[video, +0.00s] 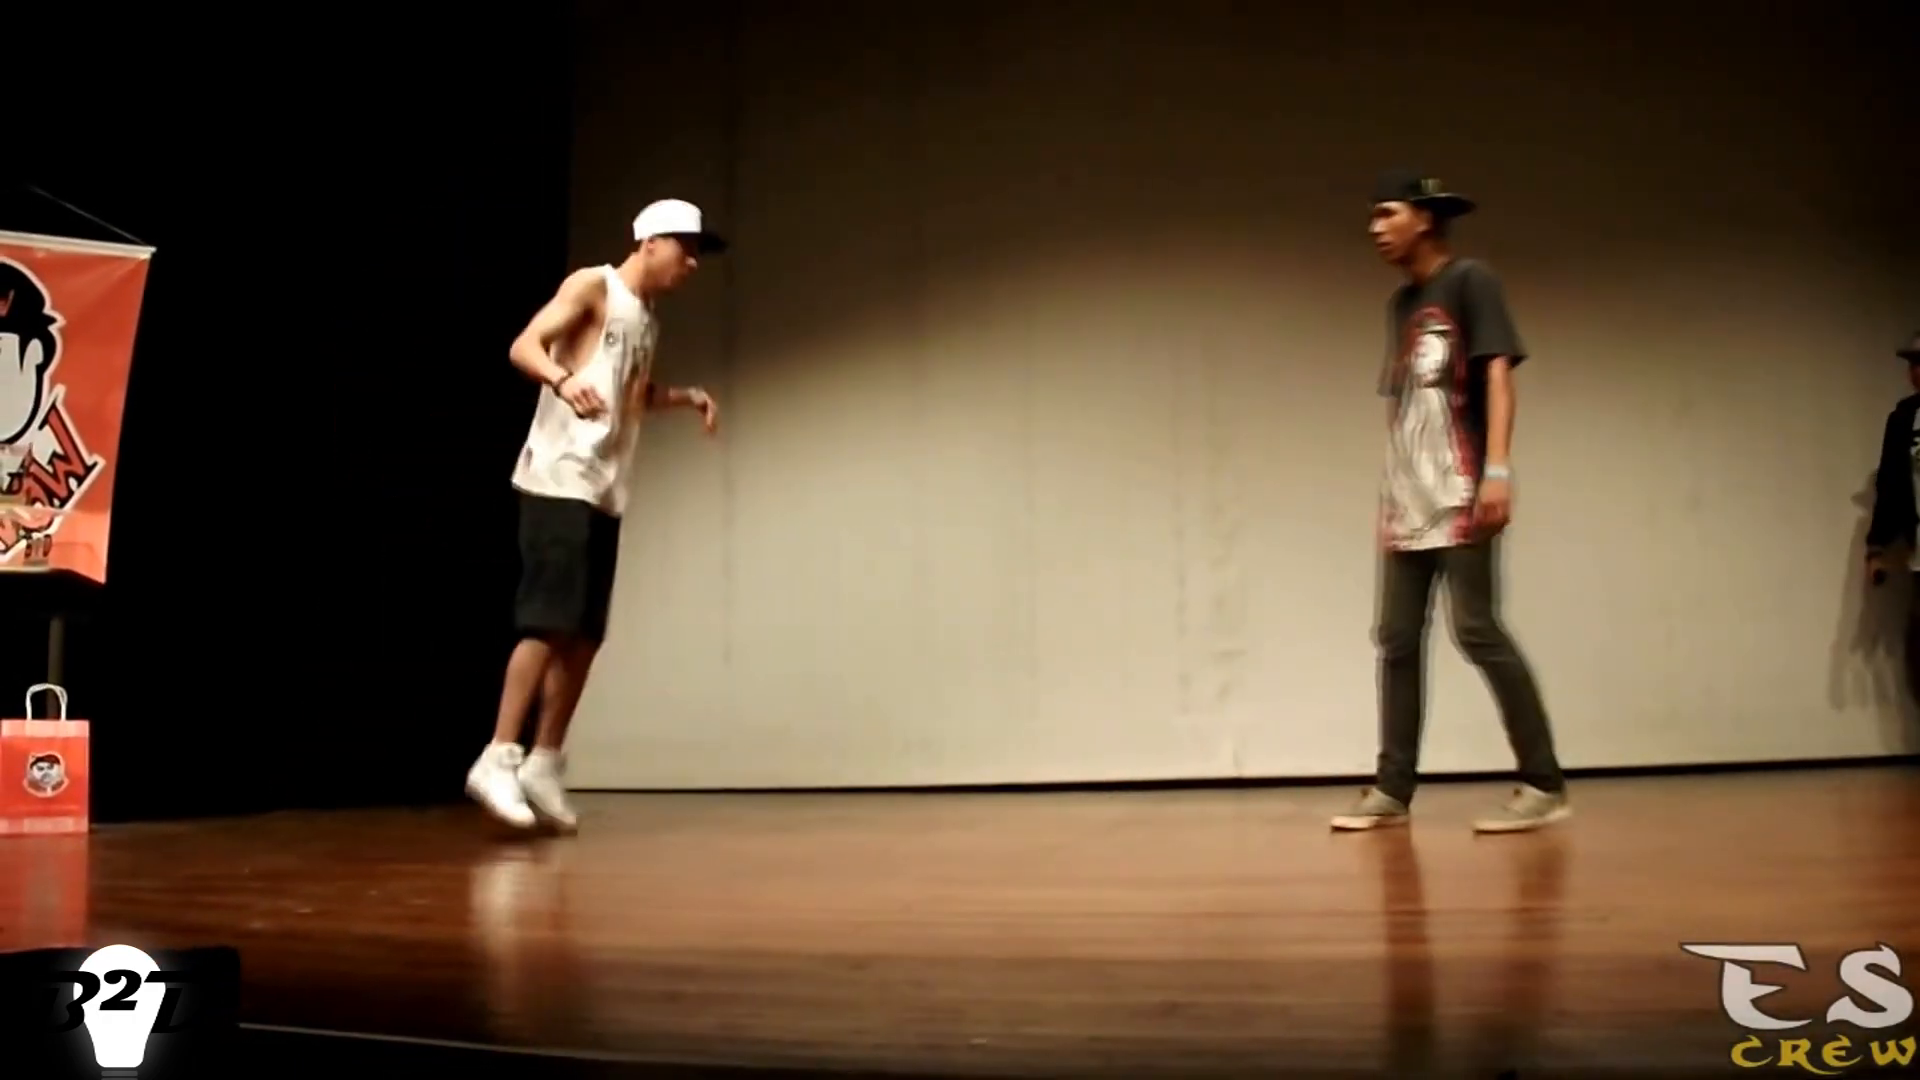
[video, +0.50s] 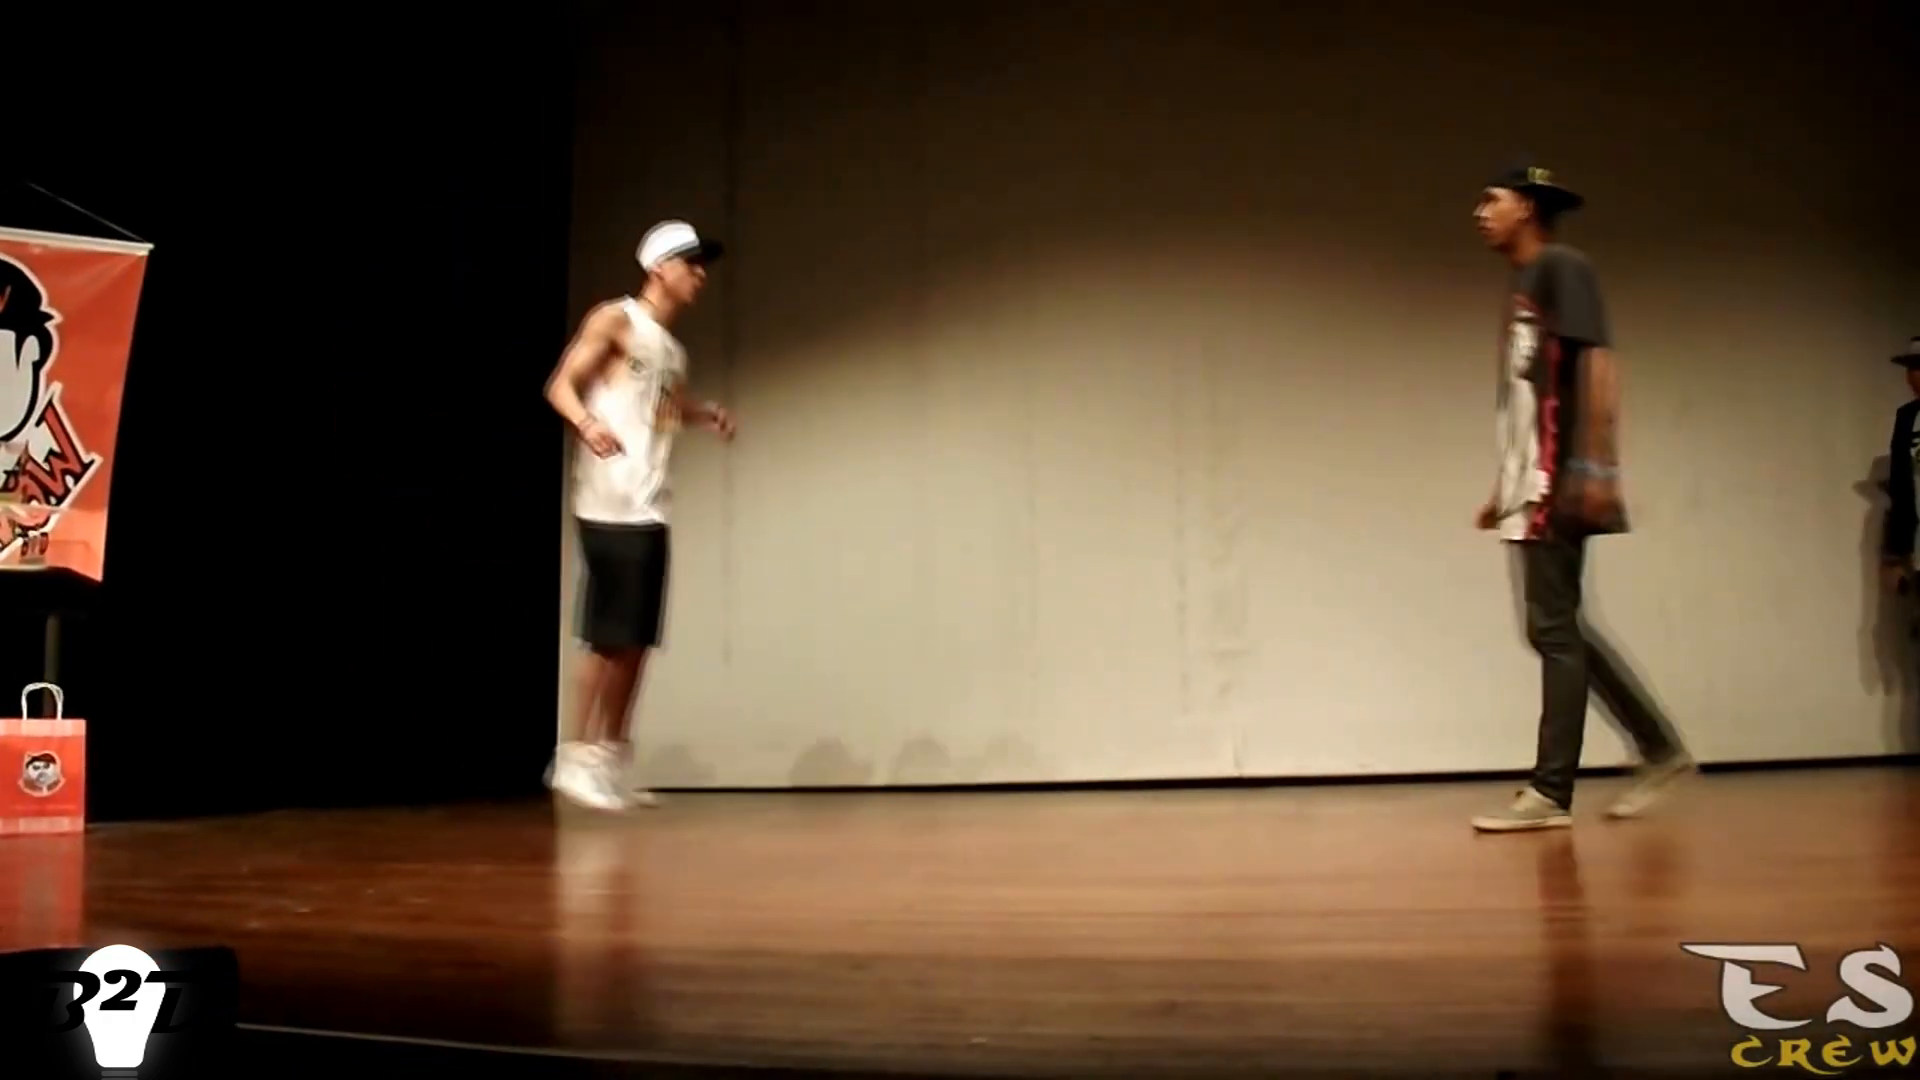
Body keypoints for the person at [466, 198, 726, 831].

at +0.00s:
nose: (689, 267)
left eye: (693, 257)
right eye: (683, 251)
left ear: (675, 258)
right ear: (647, 242)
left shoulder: (646, 319)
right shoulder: (590, 286)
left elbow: (633, 397)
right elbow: (525, 346)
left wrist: (682, 398)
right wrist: (563, 380)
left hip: (604, 490)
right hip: (556, 482)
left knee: (583, 635)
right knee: (545, 626)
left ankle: (544, 766)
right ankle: (497, 760)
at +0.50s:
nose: (700, 275)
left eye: (700, 265)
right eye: (690, 264)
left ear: (681, 273)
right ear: (658, 267)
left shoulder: (670, 348)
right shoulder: (613, 320)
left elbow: (664, 408)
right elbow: (560, 385)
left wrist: (709, 417)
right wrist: (587, 427)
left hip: (647, 506)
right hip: (608, 505)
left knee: (638, 638)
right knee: (613, 634)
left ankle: (610, 757)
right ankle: (577, 756)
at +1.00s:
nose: (752, 294)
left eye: (754, 285)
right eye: (741, 283)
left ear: (743, 294)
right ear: (709, 287)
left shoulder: (719, 366)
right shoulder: (667, 340)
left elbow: (717, 436)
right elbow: (609, 402)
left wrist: (769, 436)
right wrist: (646, 427)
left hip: (698, 522)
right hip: (663, 521)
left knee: (680, 649)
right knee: (702, 638)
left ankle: (653, 768)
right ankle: (698, 767)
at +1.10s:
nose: (762, 322)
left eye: (764, 311)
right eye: (751, 309)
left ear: (750, 317)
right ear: (718, 310)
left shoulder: (726, 389)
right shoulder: (675, 366)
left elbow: (733, 465)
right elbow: (618, 430)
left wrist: (786, 462)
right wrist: (659, 448)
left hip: (704, 546)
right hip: (668, 543)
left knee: (684, 671)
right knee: (721, 650)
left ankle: (647, 784)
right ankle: (713, 791)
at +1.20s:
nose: (776, 317)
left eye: (779, 306)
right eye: (767, 304)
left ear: (762, 309)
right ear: (734, 302)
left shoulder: (733, 374)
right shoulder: (688, 357)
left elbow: (730, 456)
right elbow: (637, 428)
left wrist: (789, 457)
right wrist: (692, 438)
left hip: (716, 546)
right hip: (676, 543)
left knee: (703, 663)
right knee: (732, 658)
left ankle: (653, 775)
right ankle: (711, 793)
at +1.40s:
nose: (808, 274)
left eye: (811, 264)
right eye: (799, 260)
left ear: (791, 268)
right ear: (762, 257)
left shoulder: (765, 335)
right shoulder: (712, 311)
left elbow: (754, 417)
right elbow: (671, 382)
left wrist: (816, 431)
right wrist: (756, 373)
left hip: (754, 521)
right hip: (693, 522)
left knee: (789, 644)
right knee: (703, 662)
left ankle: (785, 783)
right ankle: (701, 789)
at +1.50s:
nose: (822, 282)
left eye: (826, 270)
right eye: (812, 266)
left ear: (804, 274)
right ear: (777, 262)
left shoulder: (780, 348)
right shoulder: (720, 317)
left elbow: (768, 433)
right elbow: (691, 393)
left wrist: (832, 442)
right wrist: (779, 383)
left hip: (769, 533)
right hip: (706, 533)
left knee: (806, 655)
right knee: (713, 671)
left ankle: (854, 785)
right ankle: (703, 787)